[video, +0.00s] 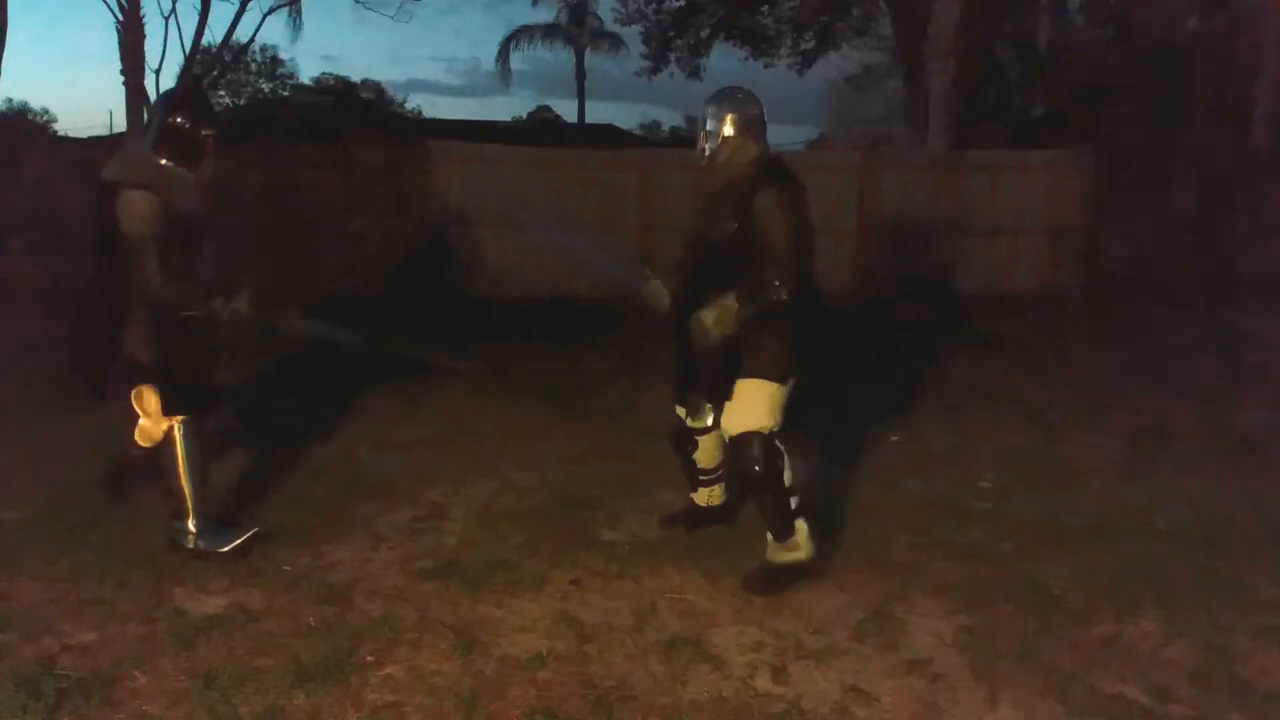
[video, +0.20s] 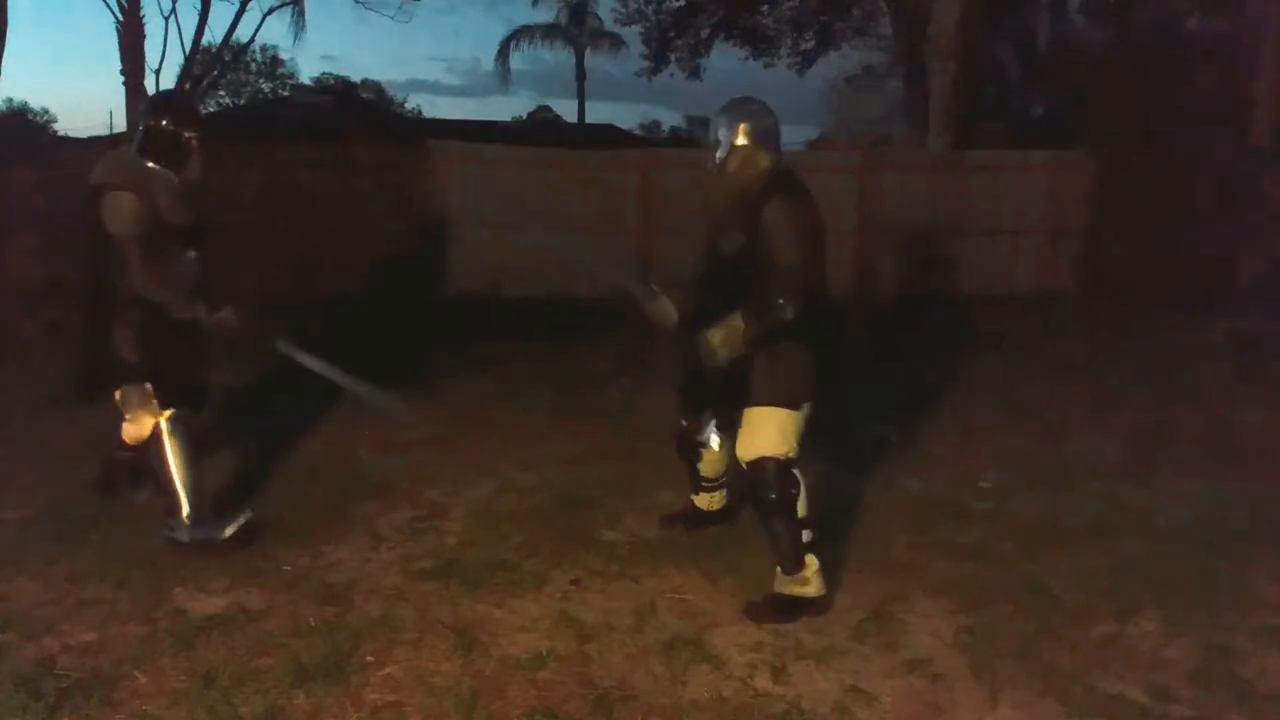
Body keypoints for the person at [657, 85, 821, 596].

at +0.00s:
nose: (708, 142)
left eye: (718, 130)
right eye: (706, 130)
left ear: (748, 131)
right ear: (714, 131)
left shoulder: (775, 187)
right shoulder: (717, 186)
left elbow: (784, 275)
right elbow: (704, 257)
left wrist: (736, 307)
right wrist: (675, 289)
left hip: (771, 328)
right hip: (715, 324)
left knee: (749, 441)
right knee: (696, 420)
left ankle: (790, 548)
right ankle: (710, 499)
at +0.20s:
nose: (719, 155)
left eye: (726, 142)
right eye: (719, 142)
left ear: (754, 141)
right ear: (742, 142)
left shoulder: (784, 198)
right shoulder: (737, 197)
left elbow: (792, 290)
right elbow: (722, 274)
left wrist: (742, 328)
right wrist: (681, 301)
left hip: (784, 345)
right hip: (738, 338)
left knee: (766, 461)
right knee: (699, 416)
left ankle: (800, 581)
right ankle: (711, 500)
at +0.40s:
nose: (731, 150)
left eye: (738, 137)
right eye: (730, 137)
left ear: (766, 133)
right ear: (761, 132)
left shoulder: (796, 191)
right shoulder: (756, 188)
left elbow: (809, 286)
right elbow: (744, 274)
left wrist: (760, 320)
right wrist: (705, 307)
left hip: (802, 346)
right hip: (768, 340)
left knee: (785, 472)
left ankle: (803, 586)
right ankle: (747, 497)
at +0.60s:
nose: (731, 146)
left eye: (737, 133)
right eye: (731, 133)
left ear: (764, 128)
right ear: (768, 128)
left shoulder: (801, 190)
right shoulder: (762, 185)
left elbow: (811, 286)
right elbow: (751, 273)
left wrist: (762, 331)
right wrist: (710, 308)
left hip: (804, 343)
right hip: (767, 336)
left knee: (788, 469)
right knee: (750, 429)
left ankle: (803, 584)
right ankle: (763, 511)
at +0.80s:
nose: (732, 143)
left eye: (739, 129)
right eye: (733, 130)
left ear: (766, 127)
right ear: (769, 127)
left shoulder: (802, 189)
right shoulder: (763, 185)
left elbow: (812, 283)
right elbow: (752, 272)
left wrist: (764, 326)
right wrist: (710, 305)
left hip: (806, 344)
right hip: (769, 338)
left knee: (790, 470)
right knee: (755, 428)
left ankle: (803, 584)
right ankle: (765, 511)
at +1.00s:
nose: (735, 145)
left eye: (742, 131)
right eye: (735, 131)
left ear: (769, 128)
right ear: (773, 129)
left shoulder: (803, 192)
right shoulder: (768, 186)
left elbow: (813, 287)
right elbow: (756, 273)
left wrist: (761, 325)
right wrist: (711, 305)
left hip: (809, 346)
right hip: (773, 340)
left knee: (788, 465)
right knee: (752, 425)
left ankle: (803, 584)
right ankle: (764, 511)